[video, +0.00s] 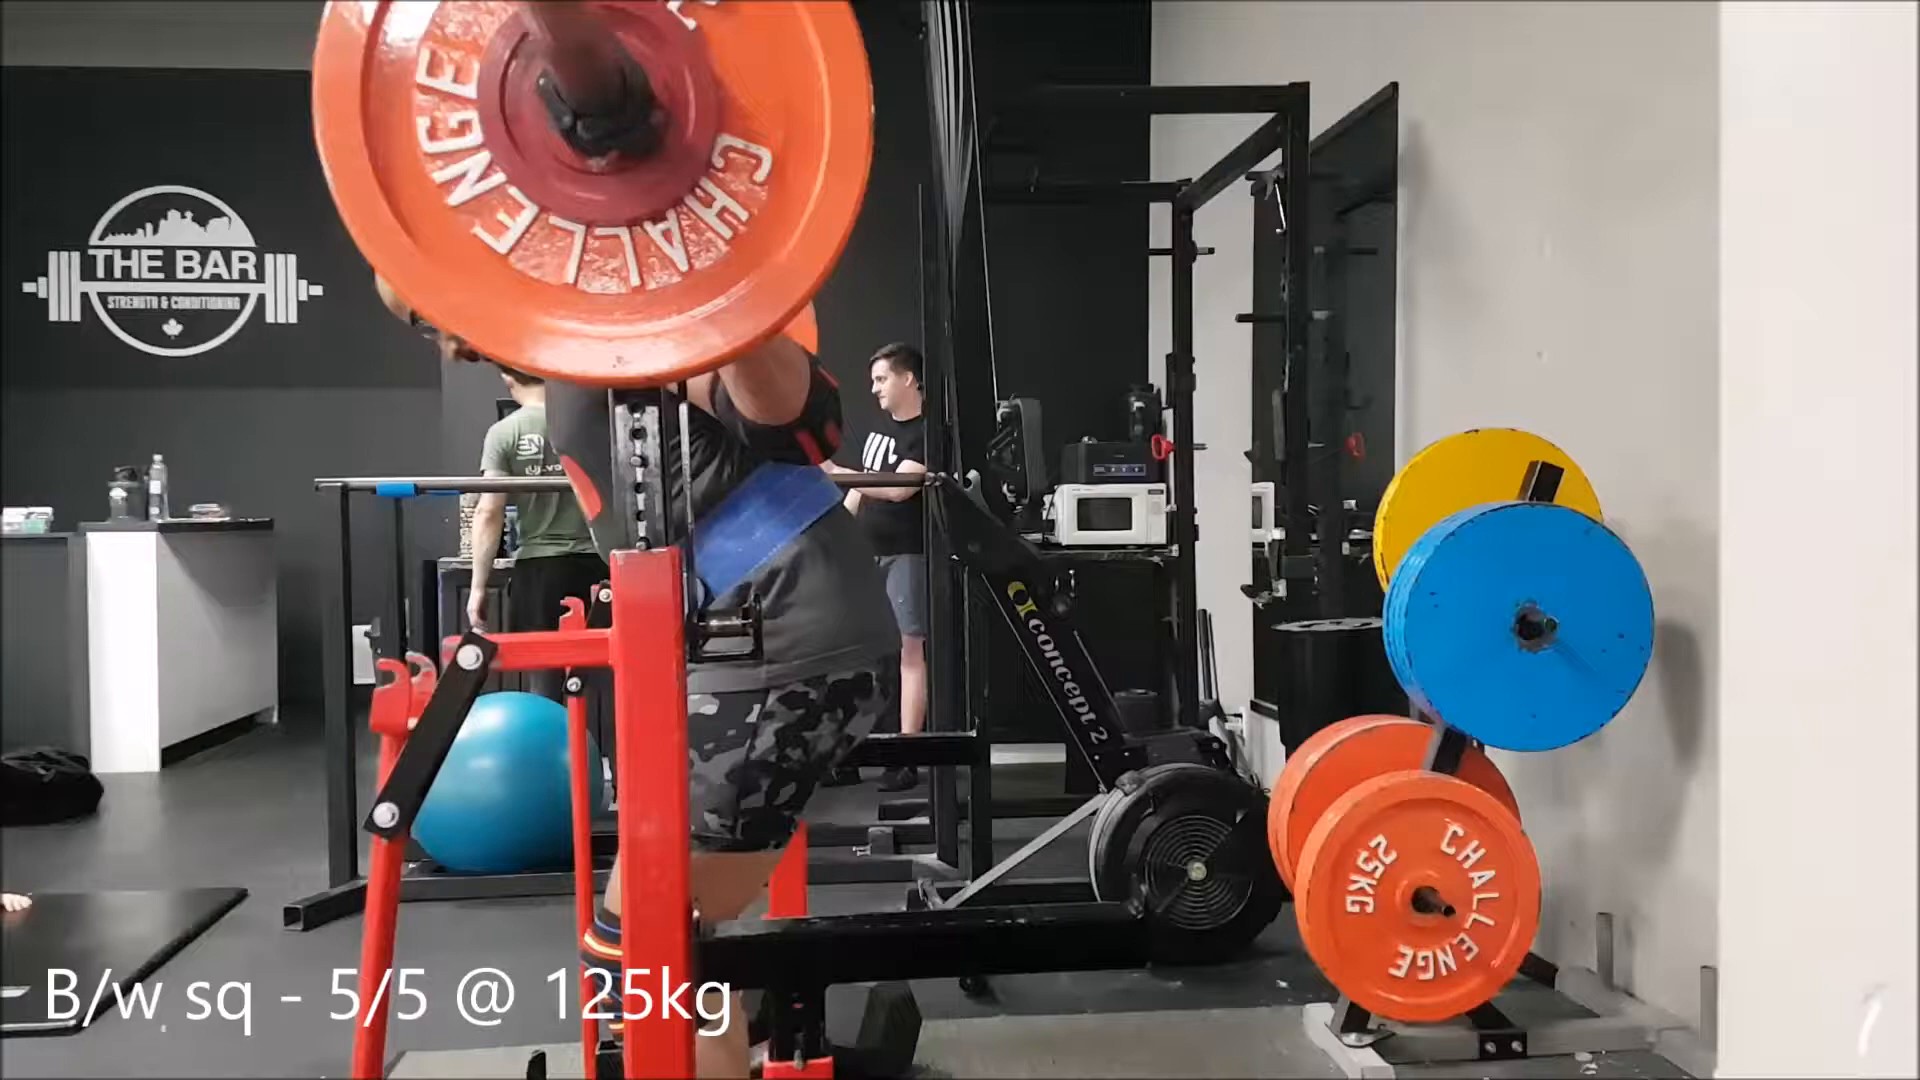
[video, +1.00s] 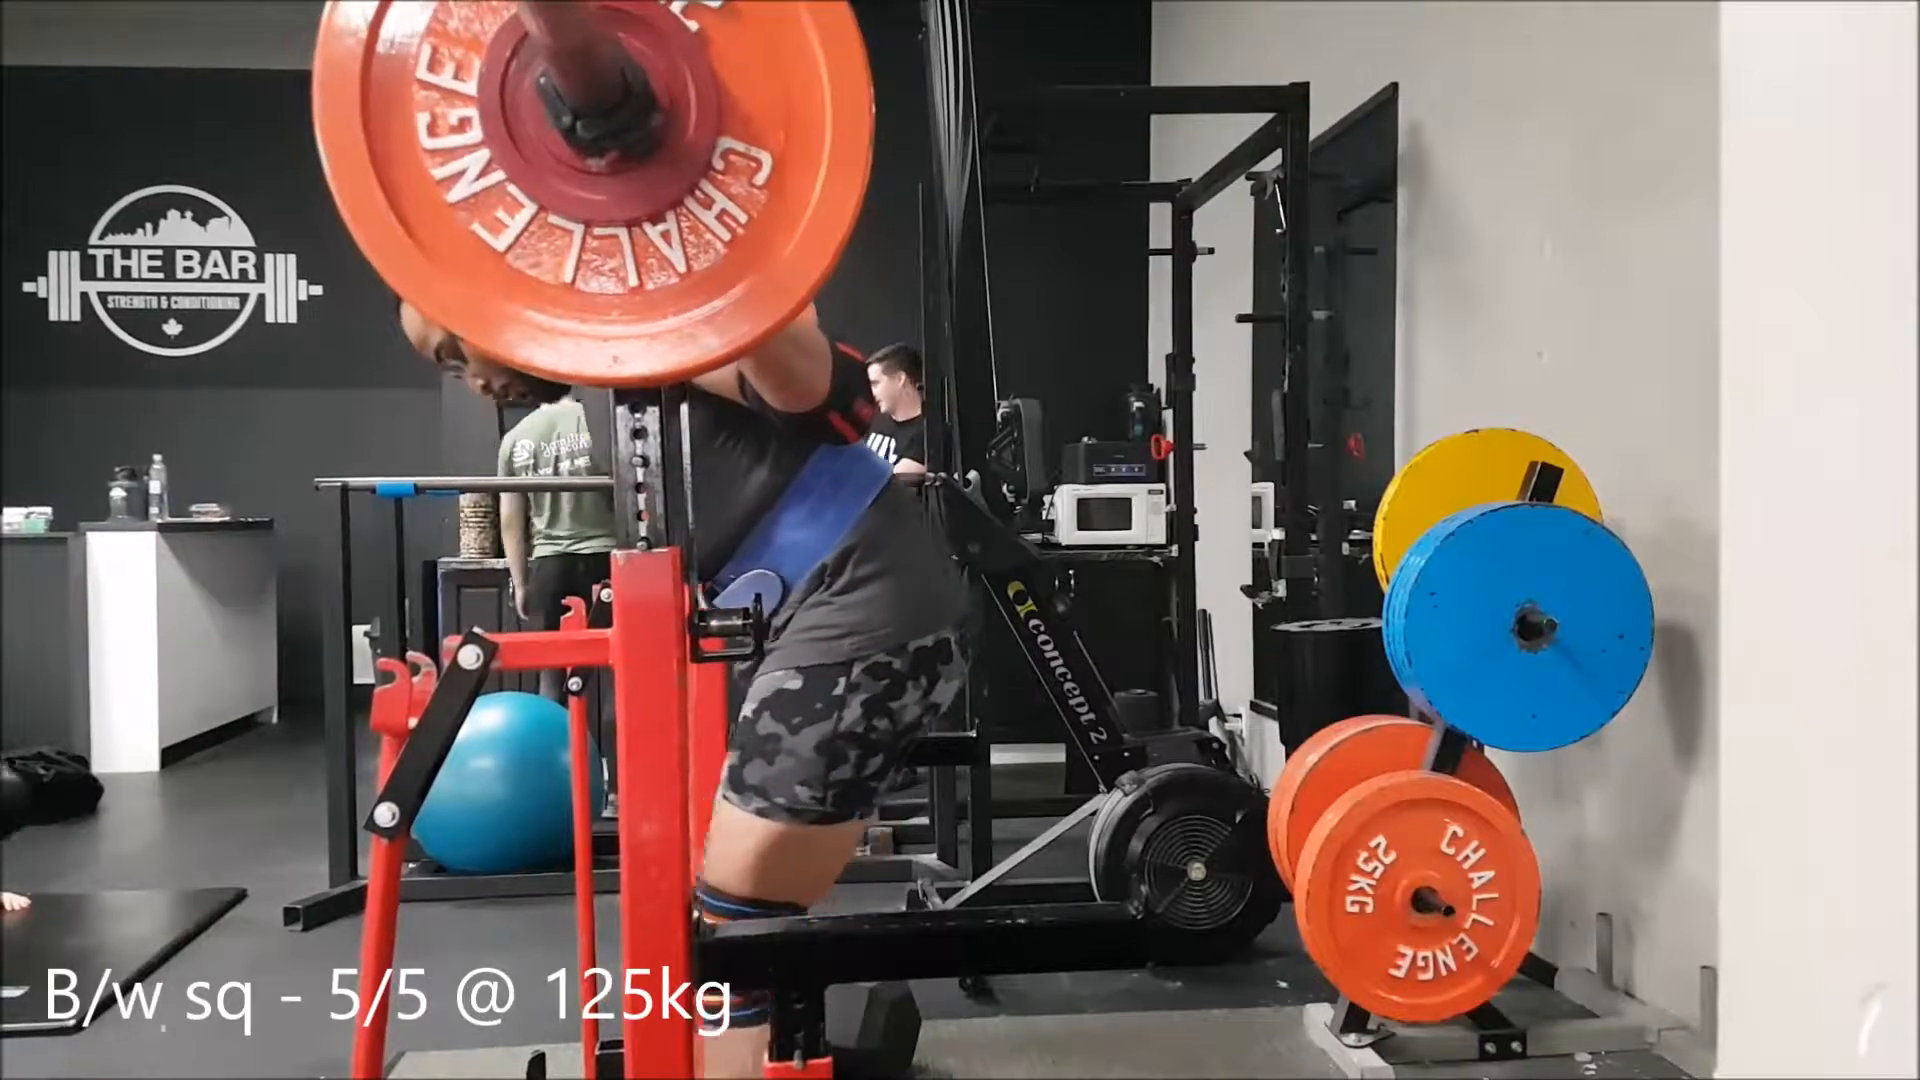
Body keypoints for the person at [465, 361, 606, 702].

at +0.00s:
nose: (504, 381)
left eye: (504, 374)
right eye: (505, 373)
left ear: (510, 378)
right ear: (550, 374)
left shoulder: (505, 432)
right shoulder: (589, 418)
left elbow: (490, 512)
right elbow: (619, 496)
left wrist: (479, 587)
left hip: (538, 574)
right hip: (597, 569)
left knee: (543, 684)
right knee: (602, 682)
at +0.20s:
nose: (488, 384)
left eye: (487, 376)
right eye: (488, 375)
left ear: (493, 379)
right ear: (537, 374)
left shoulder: (489, 435)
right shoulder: (575, 417)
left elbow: (479, 517)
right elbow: (611, 491)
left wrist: (474, 588)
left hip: (534, 572)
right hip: (593, 564)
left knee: (542, 682)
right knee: (602, 679)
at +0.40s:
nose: (469, 381)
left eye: (472, 377)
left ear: (480, 386)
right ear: (526, 374)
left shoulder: (479, 441)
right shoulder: (569, 415)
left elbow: (470, 524)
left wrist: (472, 595)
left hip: (535, 573)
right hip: (595, 563)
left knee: (545, 687)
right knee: (606, 680)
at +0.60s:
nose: (470, 381)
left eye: (471, 374)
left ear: (484, 383)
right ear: (533, 375)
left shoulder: (478, 444)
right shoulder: (574, 418)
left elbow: (470, 527)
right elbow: (606, 482)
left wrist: (475, 592)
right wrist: (619, 538)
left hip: (536, 570)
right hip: (595, 559)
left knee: (545, 679)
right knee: (605, 671)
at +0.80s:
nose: (485, 388)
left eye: (489, 381)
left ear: (505, 391)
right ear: (550, 382)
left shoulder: (493, 441)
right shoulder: (585, 419)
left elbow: (487, 523)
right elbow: (618, 484)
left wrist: (490, 585)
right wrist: (626, 549)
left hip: (537, 571)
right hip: (595, 562)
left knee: (545, 678)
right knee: (604, 673)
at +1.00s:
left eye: (516, 386)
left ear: (530, 389)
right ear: (571, 382)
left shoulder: (516, 440)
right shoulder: (600, 418)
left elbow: (511, 524)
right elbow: (630, 494)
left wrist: (519, 584)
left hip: (549, 567)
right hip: (605, 561)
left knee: (553, 674)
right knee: (611, 672)